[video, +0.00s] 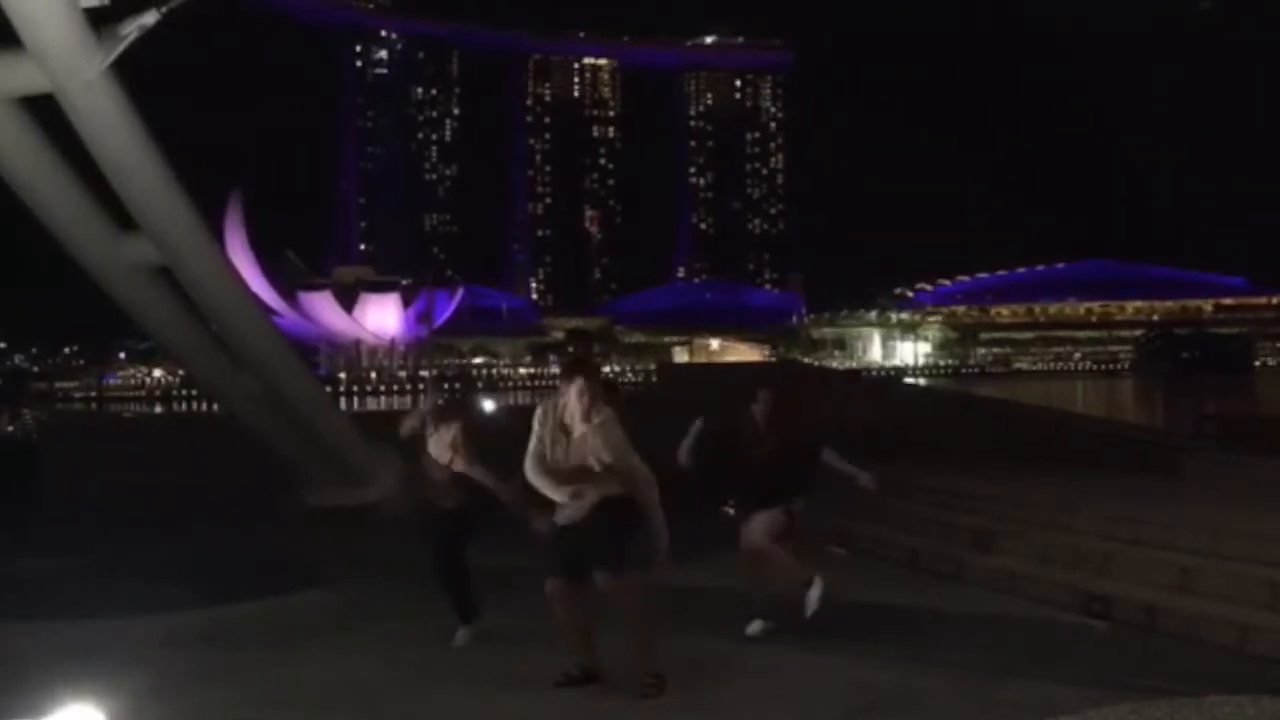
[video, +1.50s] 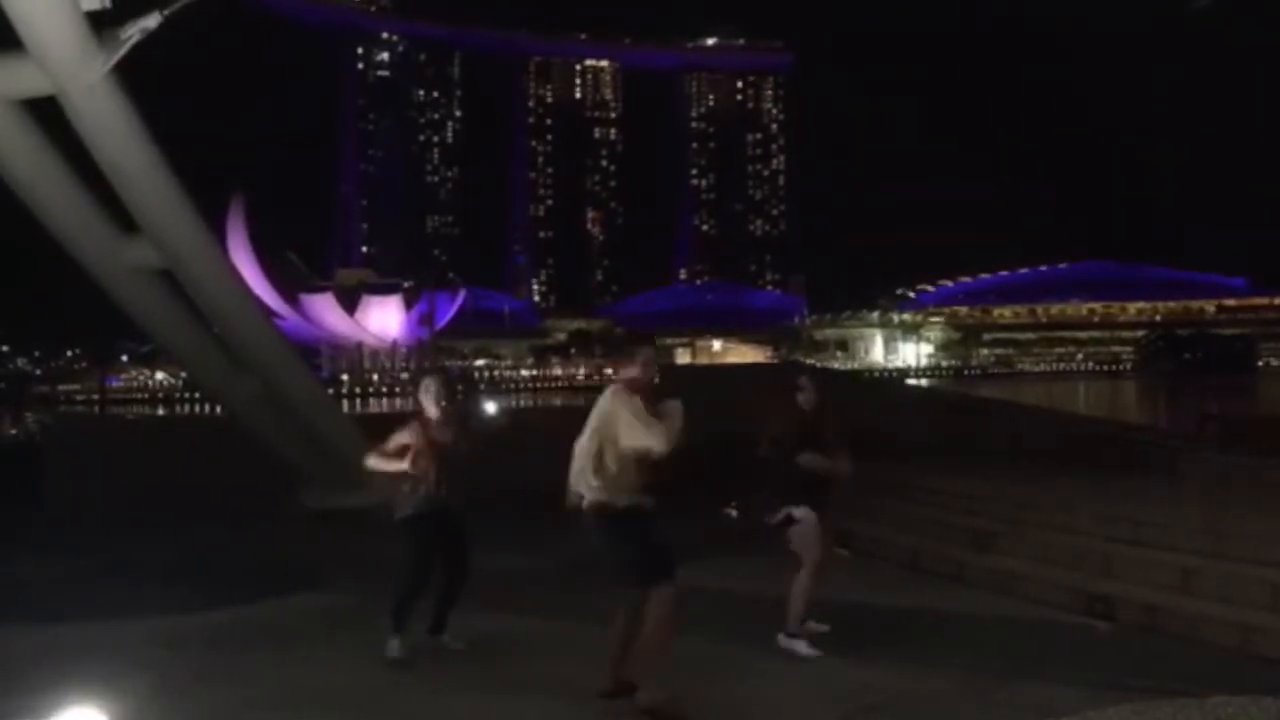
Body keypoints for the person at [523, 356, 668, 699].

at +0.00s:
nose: (585, 400)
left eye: (590, 392)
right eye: (579, 392)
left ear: (599, 393)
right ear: (564, 390)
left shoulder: (605, 418)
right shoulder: (547, 413)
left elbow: (625, 465)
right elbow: (532, 466)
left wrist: (593, 419)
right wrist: (561, 495)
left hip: (614, 504)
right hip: (571, 511)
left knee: (620, 582)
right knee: (560, 586)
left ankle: (646, 669)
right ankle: (584, 664)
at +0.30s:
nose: (573, 385)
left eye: (580, 378)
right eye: (568, 378)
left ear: (594, 383)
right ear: (560, 382)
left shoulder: (607, 423)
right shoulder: (547, 414)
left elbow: (624, 468)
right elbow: (506, 449)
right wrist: (554, 466)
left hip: (601, 500)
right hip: (563, 512)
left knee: (608, 536)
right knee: (560, 590)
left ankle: (624, 621)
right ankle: (584, 665)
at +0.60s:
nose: (536, 383)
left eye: (544, 376)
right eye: (534, 377)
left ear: (566, 378)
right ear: (532, 381)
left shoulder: (592, 413)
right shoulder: (525, 419)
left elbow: (612, 456)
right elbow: (509, 476)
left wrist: (607, 504)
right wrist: (539, 462)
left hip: (581, 523)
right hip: (532, 525)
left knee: (606, 593)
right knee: (493, 587)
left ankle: (617, 665)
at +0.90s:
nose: (546, 381)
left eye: (552, 373)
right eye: (539, 373)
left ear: (565, 379)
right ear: (528, 380)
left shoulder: (579, 414)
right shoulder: (520, 421)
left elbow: (591, 464)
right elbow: (501, 476)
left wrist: (598, 504)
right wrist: (546, 454)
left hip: (578, 526)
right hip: (525, 530)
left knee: (606, 594)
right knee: (489, 596)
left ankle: (592, 671)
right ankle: (454, 669)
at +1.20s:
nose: (604, 371)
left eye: (606, 364)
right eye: (597, 364)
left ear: (607, 371)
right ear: (579, 367)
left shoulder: (610, 406)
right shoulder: (566, 405)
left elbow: (641, 436)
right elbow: (565, 474)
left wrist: (685, 450)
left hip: (603, 512)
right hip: (568, 513)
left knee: (632, 582)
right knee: (571, 598)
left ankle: (612, 672)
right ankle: (553, 663)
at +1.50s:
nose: (650, 373)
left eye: (652, 366)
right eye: (643, 365)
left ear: (653, 371)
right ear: (625, 368)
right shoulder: (618, 399)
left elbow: (583, 447)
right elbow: (656, 444)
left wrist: (585, 489)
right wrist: (672, 413)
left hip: (629, 508)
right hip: (616, 510)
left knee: (636, 592)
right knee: (662, 586)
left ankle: (618, 677)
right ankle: (641, 679)